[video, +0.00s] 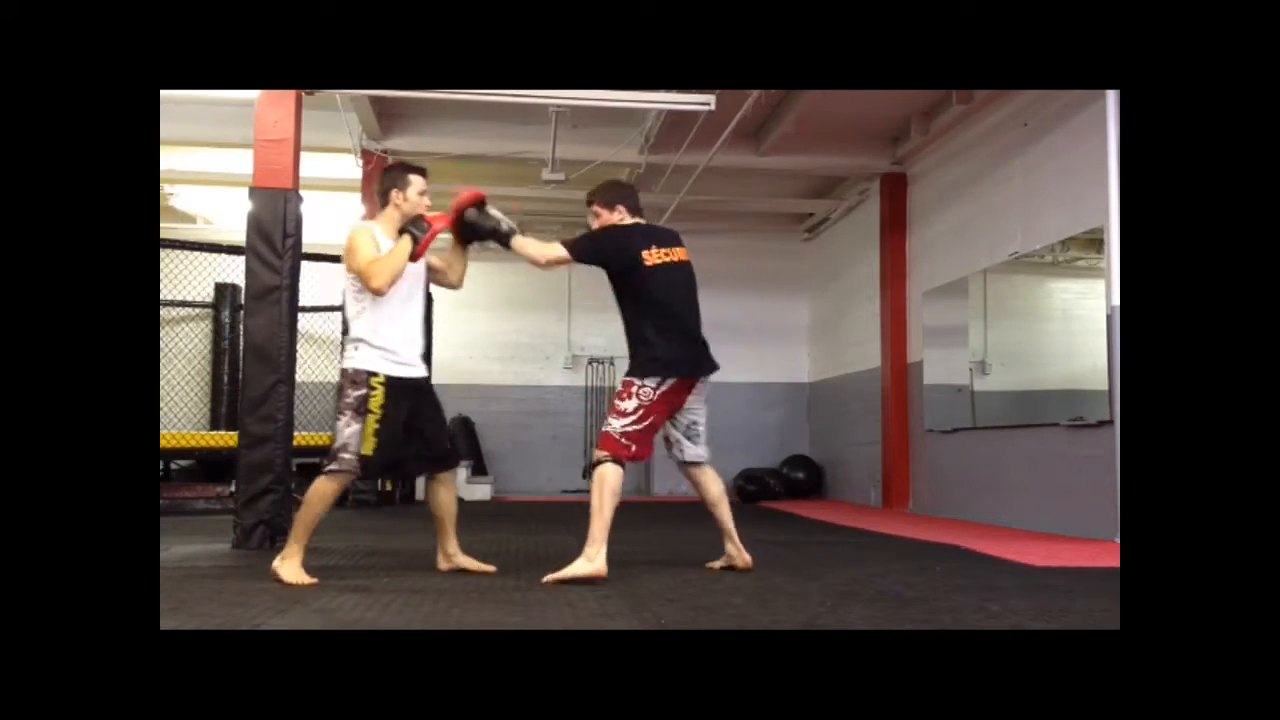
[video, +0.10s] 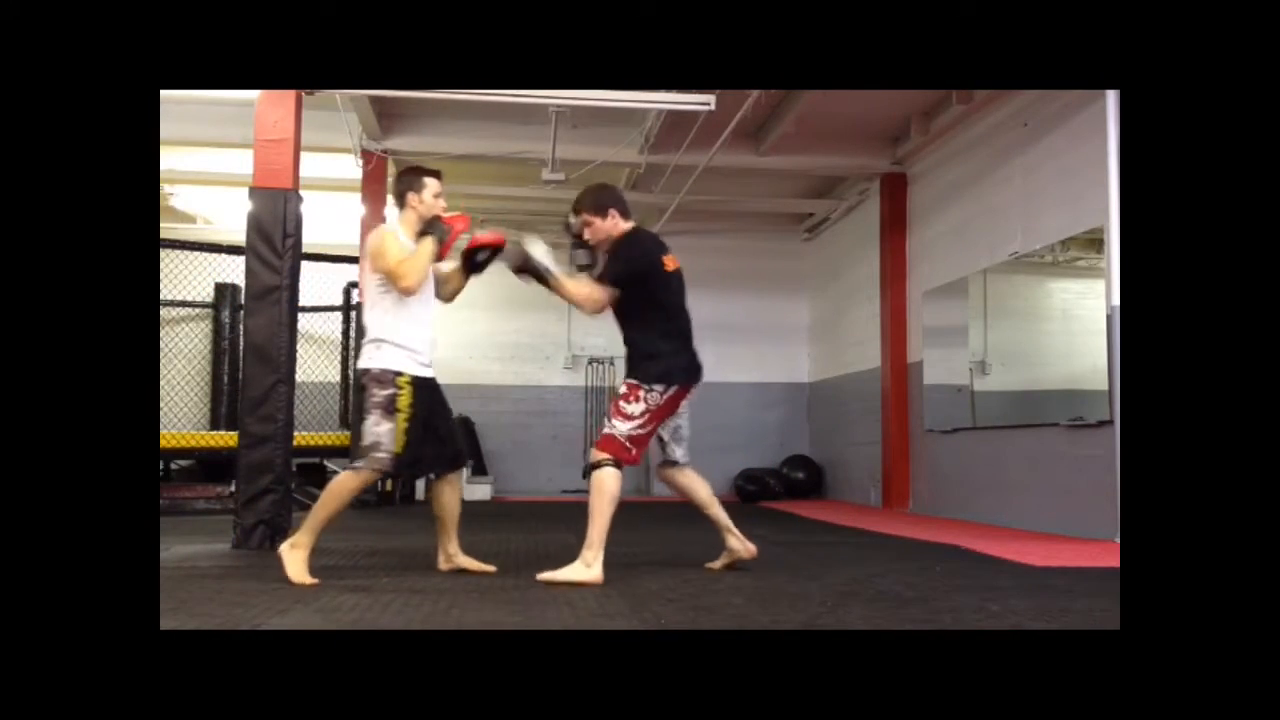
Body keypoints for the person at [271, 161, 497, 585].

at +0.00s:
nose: (427, 202)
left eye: (428, 194)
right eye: (421, 194)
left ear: (404, 198)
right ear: (395, 196)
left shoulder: (409, 246)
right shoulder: (362, 235)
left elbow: (453, 277)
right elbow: (377, 281)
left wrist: (461, 230)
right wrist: (414, 237)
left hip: (411, 373)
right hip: (369, 370)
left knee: (443, 462)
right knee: (344, 466)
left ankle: (449, 552)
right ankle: (290, 556)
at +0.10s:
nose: (443, 204)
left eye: (442, 197)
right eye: (436, 196)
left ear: (419, 200)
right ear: (412, 198)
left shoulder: (421, 246)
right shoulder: (384, 237)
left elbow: (445, 290)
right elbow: (406, 280)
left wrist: (469, 265)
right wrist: (436, 236)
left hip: (418, 370)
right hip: (386, 367)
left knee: (449, 459)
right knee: (375, 462)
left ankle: (450, 551)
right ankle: (298, 545)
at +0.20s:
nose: (459, 209)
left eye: (458, 201)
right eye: (452, 200)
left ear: (426, 204)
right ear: (428, 202)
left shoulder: (414, 240)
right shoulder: (422, 233)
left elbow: (428, 300)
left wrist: (465, 277)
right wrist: (482, 223)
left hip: (415, 365)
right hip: (403, 364)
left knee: (442, 460)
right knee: (386, 460)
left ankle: (449, 551)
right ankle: (303, 540)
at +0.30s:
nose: (466, 222)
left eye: (468, 215)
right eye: (462, 213)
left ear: (430, 212)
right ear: (439, 208)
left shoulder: (398, 249)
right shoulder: (438, 232)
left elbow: (406, 297)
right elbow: (502, 233)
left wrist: (449, 291)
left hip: (411, 369)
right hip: (407, 370)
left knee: (447, 462)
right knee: (389, 463)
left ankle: (449, 552)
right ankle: (305, 542)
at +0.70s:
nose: (445, 208)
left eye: (448, 201)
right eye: (439, 199)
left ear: (445, 205)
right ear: (412, 198)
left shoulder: (432, 254)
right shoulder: (384, 237)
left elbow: (468, 296)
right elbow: (366, 288)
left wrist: (485, 281)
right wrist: (401, 236)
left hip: (423, 370)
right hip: (385, 364)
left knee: (450, 459)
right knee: (358, 458)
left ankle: (449, 552)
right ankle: (289, 542)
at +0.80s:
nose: (429, 206)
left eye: (430, 199)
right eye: (421, 198)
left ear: (422, 205)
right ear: (394, 201)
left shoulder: (418, 252)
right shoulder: (368, 240)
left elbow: (455, 296)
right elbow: (338, 295)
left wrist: (477, 261)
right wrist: (377, 252)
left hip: (413, 375)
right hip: (369, 372)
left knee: (442, 463)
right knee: (338, 464)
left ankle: (449, 552)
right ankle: (282, 554)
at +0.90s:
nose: (410, 207)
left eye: (411, 199)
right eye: (403, 198)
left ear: (387, 203)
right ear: (375, 200)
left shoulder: (402, 250)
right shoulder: (341, 245)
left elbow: (445, 290)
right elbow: (319, 302)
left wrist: (472, 254)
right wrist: (350, 258)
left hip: (398, 376)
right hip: (351, 374)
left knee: (427, 469)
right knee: (320, 469)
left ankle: (446, 552)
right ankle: (279, 559)